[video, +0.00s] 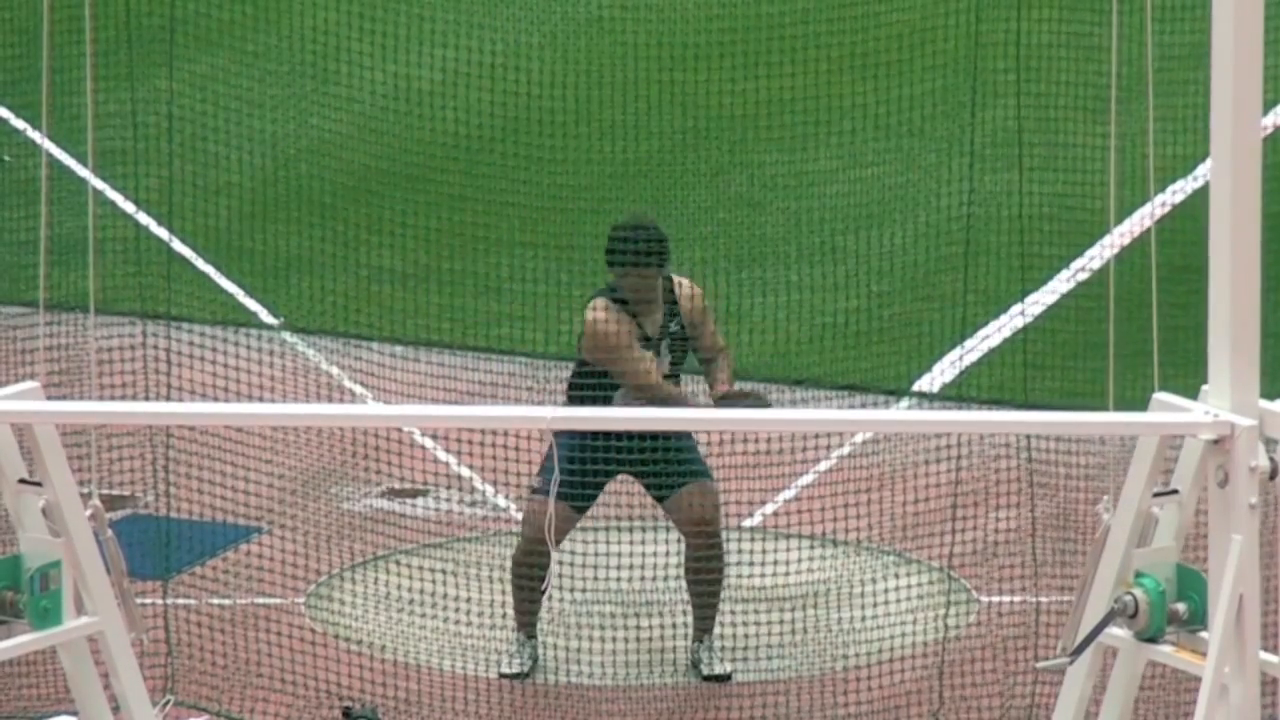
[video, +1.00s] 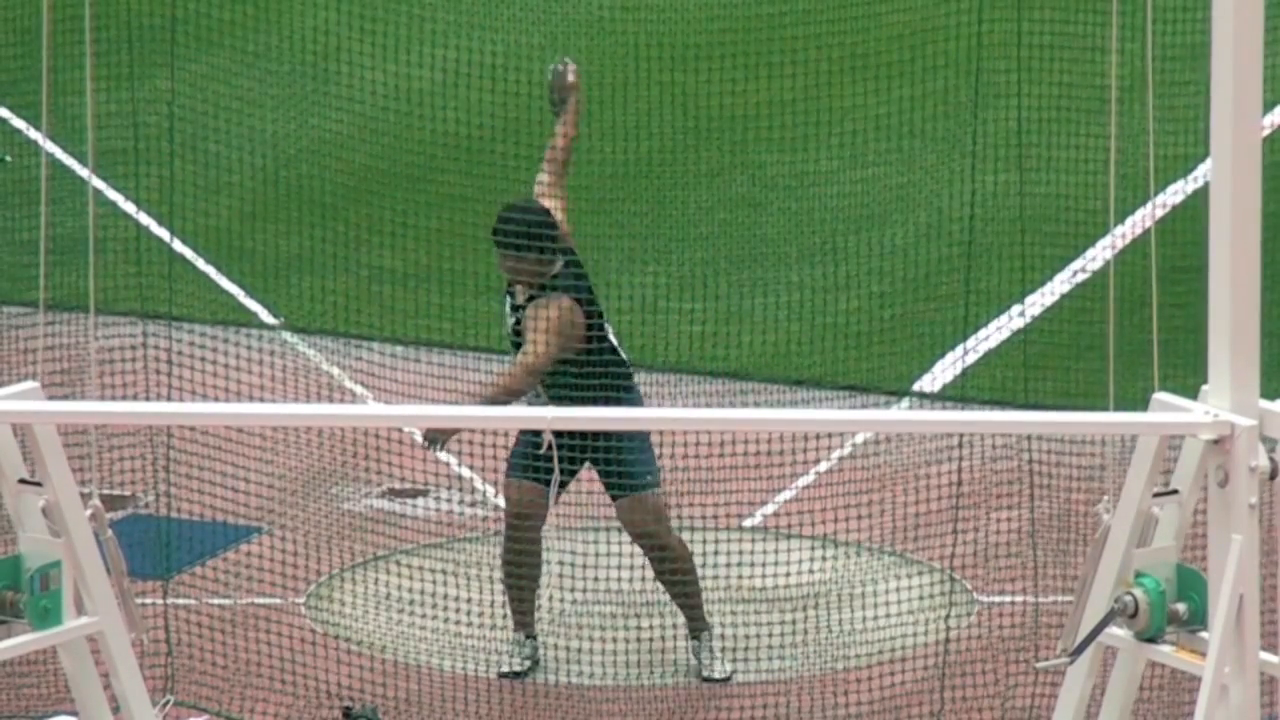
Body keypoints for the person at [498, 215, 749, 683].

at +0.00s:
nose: (639, 278)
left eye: (648, 269)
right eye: (629, 269)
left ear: (664, 268)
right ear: (614, 270)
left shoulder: (686, 297)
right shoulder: (601, 319)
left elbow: (716, 353)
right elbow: (647, 385)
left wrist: (722, 388)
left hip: (658, 432)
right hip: (591, 435)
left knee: (704, 523)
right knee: (538, 532)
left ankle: (704, 643)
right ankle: (524, 641)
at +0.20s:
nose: (590, 299)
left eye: (600, 288)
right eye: (580, 289)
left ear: (621, 286)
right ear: (569, 289)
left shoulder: (656, 319)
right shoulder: (557, 339)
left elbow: (711, 370)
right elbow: (541, 417)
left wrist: (701, 436)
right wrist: (533, 480)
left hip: (649, 445)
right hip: (578, 447)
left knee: (698, 526)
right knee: (521, 523)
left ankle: (704, 642)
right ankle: (523, 641)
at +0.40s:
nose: (556, 297)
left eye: (564, 288)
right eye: (548, 288)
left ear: (583, 288)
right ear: (537, 289)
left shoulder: (615, 327)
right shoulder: (522, 326)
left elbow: (662, 387)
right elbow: (463, 361)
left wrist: (662, 451)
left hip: (631, 445)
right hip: (563, 442)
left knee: (688, 536)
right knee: (513, 523)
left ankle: (703, 642)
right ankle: (523, 640)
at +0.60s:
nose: (531, 292)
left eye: (539, 282)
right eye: (524, 282)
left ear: (559, 278)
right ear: (513, 278)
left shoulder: (580, 320)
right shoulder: (514, 283)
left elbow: (589, 396)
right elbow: (481, 247)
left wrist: (570, 453)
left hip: (612, 425)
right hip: (553, 421)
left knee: (663, 534)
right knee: (507, 519)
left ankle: (700, 638)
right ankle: (522, 639)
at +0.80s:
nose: (511, 271)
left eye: (519, 263)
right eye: (506, 261)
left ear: (541, 260)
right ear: (503, 253)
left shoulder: (558, 306)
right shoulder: (528, 237)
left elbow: (538, 379)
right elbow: (541, 180)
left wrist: (481, 426)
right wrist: (549, 131)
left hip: (606, 423)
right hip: (547, 419)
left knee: (649, 536)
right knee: (510, 513)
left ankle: (700, 637)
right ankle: (522, 637)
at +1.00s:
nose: (503, 266)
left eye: (512, 259)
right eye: (502, 257)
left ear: (539, 257)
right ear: (514, 249)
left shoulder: (557, 308)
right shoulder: (544, 236)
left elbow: (520, 378)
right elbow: (552, 176)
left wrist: (456, 418)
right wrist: (568, 113)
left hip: (614, 421)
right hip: (555, 418)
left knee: (649, 529)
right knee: (520, 515)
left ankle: (702, 636)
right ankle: (524, 640)